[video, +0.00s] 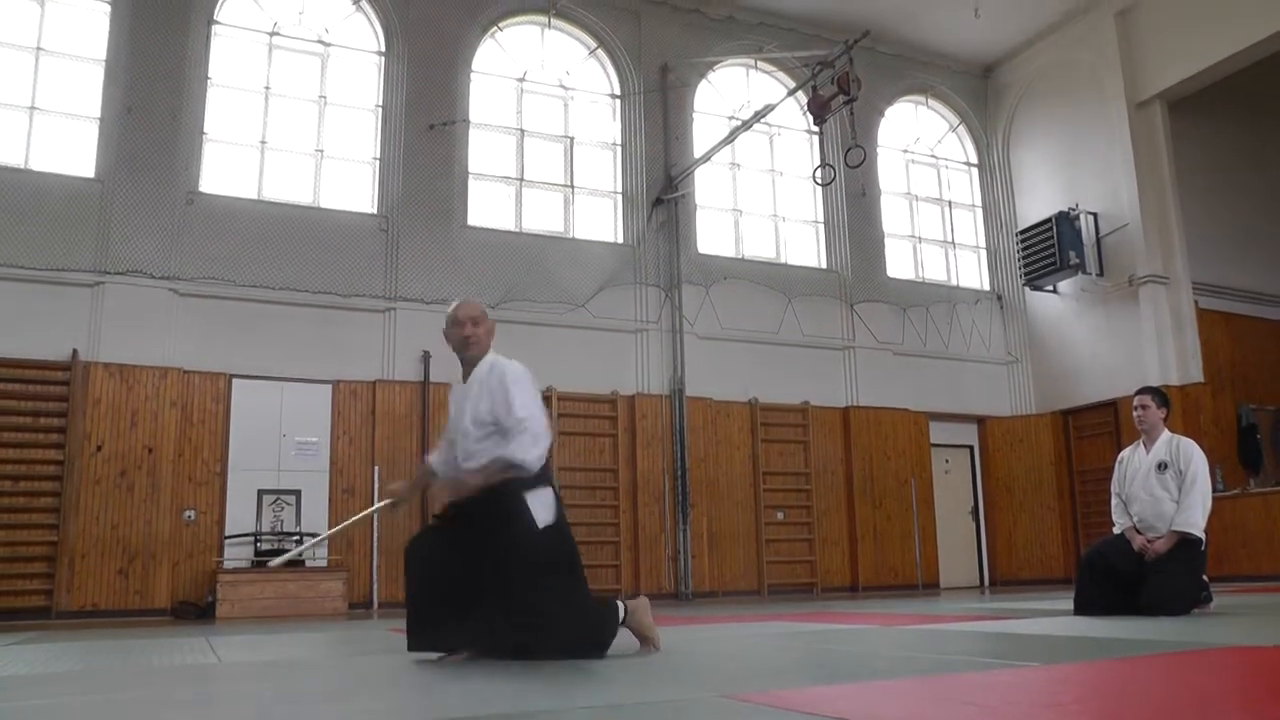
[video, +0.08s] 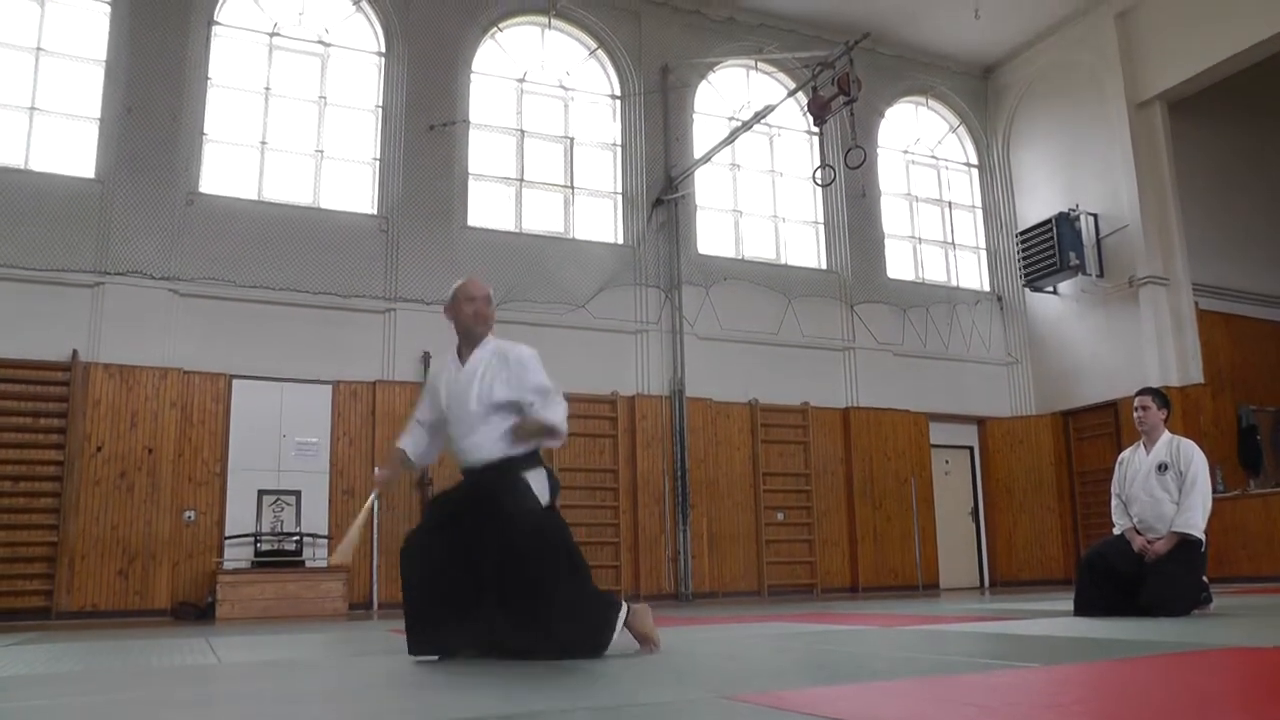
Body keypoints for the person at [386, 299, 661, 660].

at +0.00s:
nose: (468, 331)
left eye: (476, 322)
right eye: (458, 325)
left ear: (491, 329)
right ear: (447, 338)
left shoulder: (509, 374)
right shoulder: (461, 392)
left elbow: (531, 447)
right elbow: (451, 453)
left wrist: (475, 479)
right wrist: (412, 484)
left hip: (522, 501)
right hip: (481, 503)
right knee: (425, 551)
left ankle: (626, 612)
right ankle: (472, 637)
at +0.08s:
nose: (482, 309)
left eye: (487, 301)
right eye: (471, 301)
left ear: (494, 310)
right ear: (450, 312)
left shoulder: (517, 357)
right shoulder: (444, 372)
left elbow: (555, 413)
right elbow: (424, 426)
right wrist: (394, 464)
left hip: (521, 481)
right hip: (476, 486)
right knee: (421, 551)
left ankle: (625, 615)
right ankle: (461, 639)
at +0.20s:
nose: (497, 276)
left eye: (496, 270)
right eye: (486, 269)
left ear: (487, 281)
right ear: (457, 279)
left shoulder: (511, 331)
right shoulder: (422, 333)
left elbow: (548, 385)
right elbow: (389, 387)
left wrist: (585, 391)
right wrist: (382, 428)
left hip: (503, 450)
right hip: (450, 453)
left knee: (538, 527)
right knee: (418, 540)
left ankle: (606, 617)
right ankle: (446, 640)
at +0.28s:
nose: (495, 266)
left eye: (493, 259)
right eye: (487, 258)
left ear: (468, 265)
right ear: (458, 263)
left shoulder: (500, 321)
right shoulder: (417, 313)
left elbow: (546, 373)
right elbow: (386, 370)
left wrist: (595, 377)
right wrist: (393, 412)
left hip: (493, 433)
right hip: (442, 433)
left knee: (526, 520)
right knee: (451, 532)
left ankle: (551, 617)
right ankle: (475, 630)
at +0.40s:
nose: (485, 260)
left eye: (485, 253)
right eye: (480, 252)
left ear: (460, 253)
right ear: (455, 251)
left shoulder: (486, 318)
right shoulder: (418, 295)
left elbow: (530, 360)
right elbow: (403, 359)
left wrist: (587, 368)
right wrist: (435, 396)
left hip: (480, 427)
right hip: (435, 426)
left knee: (487, 519)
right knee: (447, 528)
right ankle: (464, 638)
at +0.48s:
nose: (483, 265)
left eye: (482, 258)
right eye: (477, 256)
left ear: (455, 257)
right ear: (451, 256)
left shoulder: (472, 323)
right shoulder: (423, 293)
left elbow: (506, 367)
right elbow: (420, 356)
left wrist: (560, 365)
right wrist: (464, 394)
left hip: (462, 433)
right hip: (427, 428)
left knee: (502, 532)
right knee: (450, 531)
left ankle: (405, 616)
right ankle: (458, 642)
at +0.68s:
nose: (472, 274)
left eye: (470, 266)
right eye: (467, 264)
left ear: (440, 267)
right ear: (444, 264)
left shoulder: (421, 305)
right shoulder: (435, 301)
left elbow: (434, 385)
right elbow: (454, 364)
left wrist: (468, 428)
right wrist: (492, 408)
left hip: (396, 426)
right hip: (417, 428)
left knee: (387, 532)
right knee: (440, 529)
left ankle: (374, 639)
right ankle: (432, 637)